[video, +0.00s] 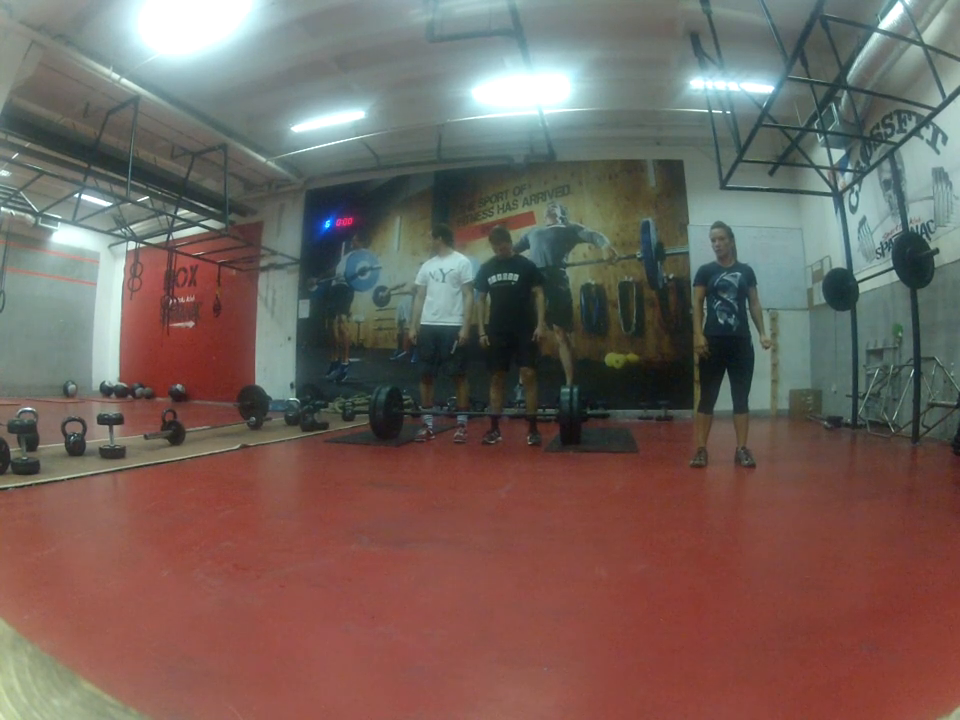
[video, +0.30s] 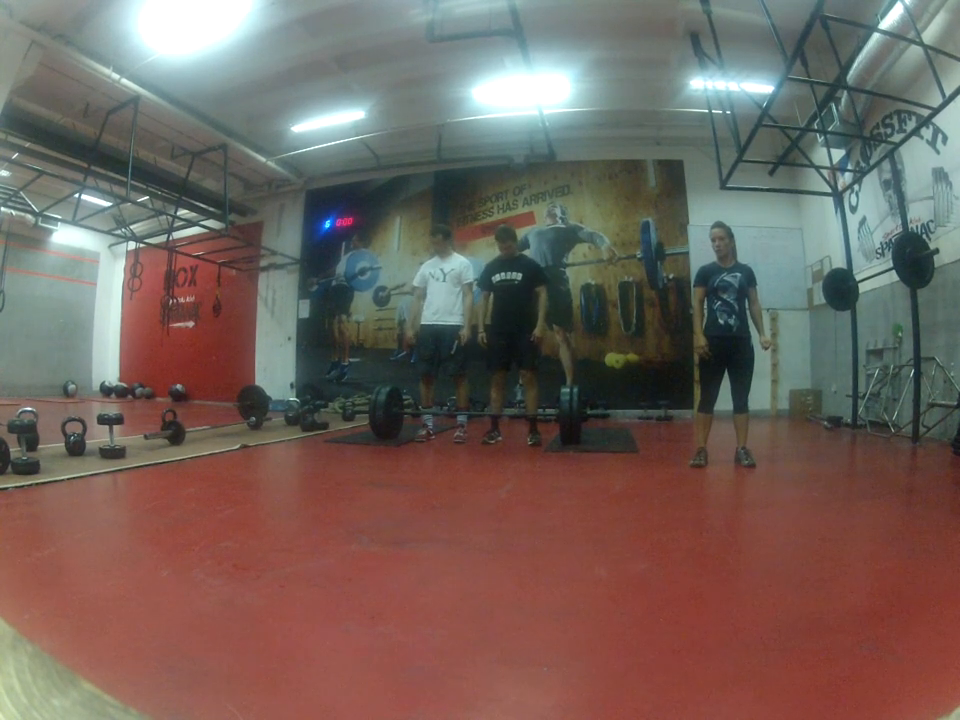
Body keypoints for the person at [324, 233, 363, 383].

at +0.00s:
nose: (354, 243)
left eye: (356, 241)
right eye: (353, 241)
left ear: (362, 243)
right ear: (353, 242)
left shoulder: (362, 256)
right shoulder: (348, 256)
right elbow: (336, 272)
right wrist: (318, 279)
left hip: (346, 289)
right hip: (335, 288)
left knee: (342, 325)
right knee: (333, 326)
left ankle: (345, 363)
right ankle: (335, 361)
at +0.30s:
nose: (353, 243)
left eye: (356, 241)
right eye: (353, 240)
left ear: (361, 242)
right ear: (354, 242)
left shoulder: (361, 256)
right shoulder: (349, 256)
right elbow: (336, 272)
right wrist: (318, 279)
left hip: (346, 289)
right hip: (335, 288)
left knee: (342, 325)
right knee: (334, 326)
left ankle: (345, 363)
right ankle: (336, 361)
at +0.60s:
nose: (353, 243)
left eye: (356, 241)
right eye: (353, 241)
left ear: (361, 242)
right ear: (353, 242)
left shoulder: (360, 256)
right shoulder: (349, 256)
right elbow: (336, 272)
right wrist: (318, 279)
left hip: (346, 288)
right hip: (335, 288)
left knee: (342, 324)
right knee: (333, 325)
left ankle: (345, 363)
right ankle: (335, 361)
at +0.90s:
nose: (353, 243)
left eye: (355, 241)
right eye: (353, 241)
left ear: (360, 242)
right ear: (354, 242)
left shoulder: (361, 256)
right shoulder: (349, 256)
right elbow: (337, 272)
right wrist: (319, 279)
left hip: (345, 288)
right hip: (335, 288)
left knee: (342, 324)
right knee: (333, 325)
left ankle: (345, 362)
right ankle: (335, 361)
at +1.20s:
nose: (353, 243)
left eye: (356, 241)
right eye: (353, 241)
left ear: (362, 243)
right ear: (351, 242)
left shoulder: (361, 257)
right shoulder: (347, 257)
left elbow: (363, 274)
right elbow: (336, 272)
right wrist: (319, 280)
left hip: (346, 288)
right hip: (336, 288)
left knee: (342, 324)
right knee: (334, 325)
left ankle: (345, 362)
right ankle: (335, 361)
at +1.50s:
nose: (352, 243)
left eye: (354, 241)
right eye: (352, 240)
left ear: (360, 242)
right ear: (353, 242)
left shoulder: (360, 256)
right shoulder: (348, 256)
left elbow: (362, 275)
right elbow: (337, 273)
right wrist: (319, 280)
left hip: (346, 289)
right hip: (336, 288)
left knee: (342, 324)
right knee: (334, 325)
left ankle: (345, 362)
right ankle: (335, 360)